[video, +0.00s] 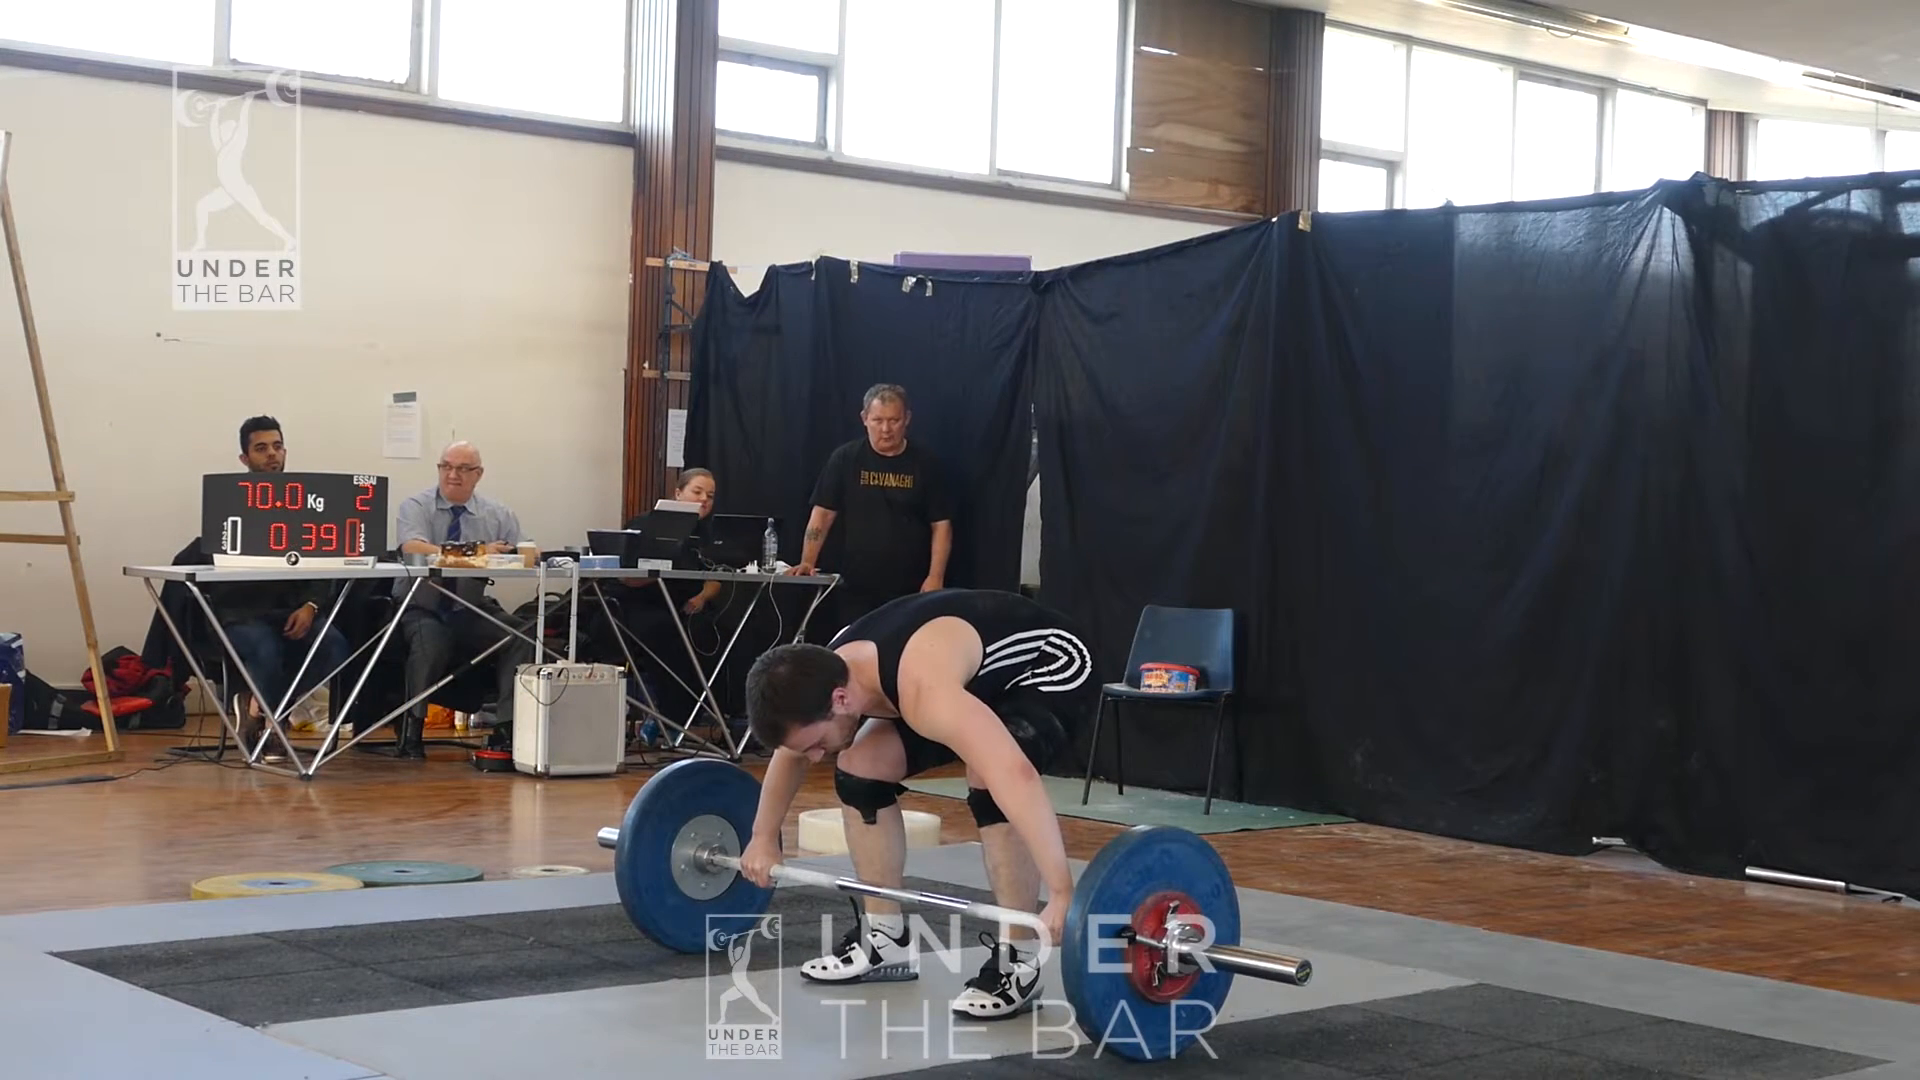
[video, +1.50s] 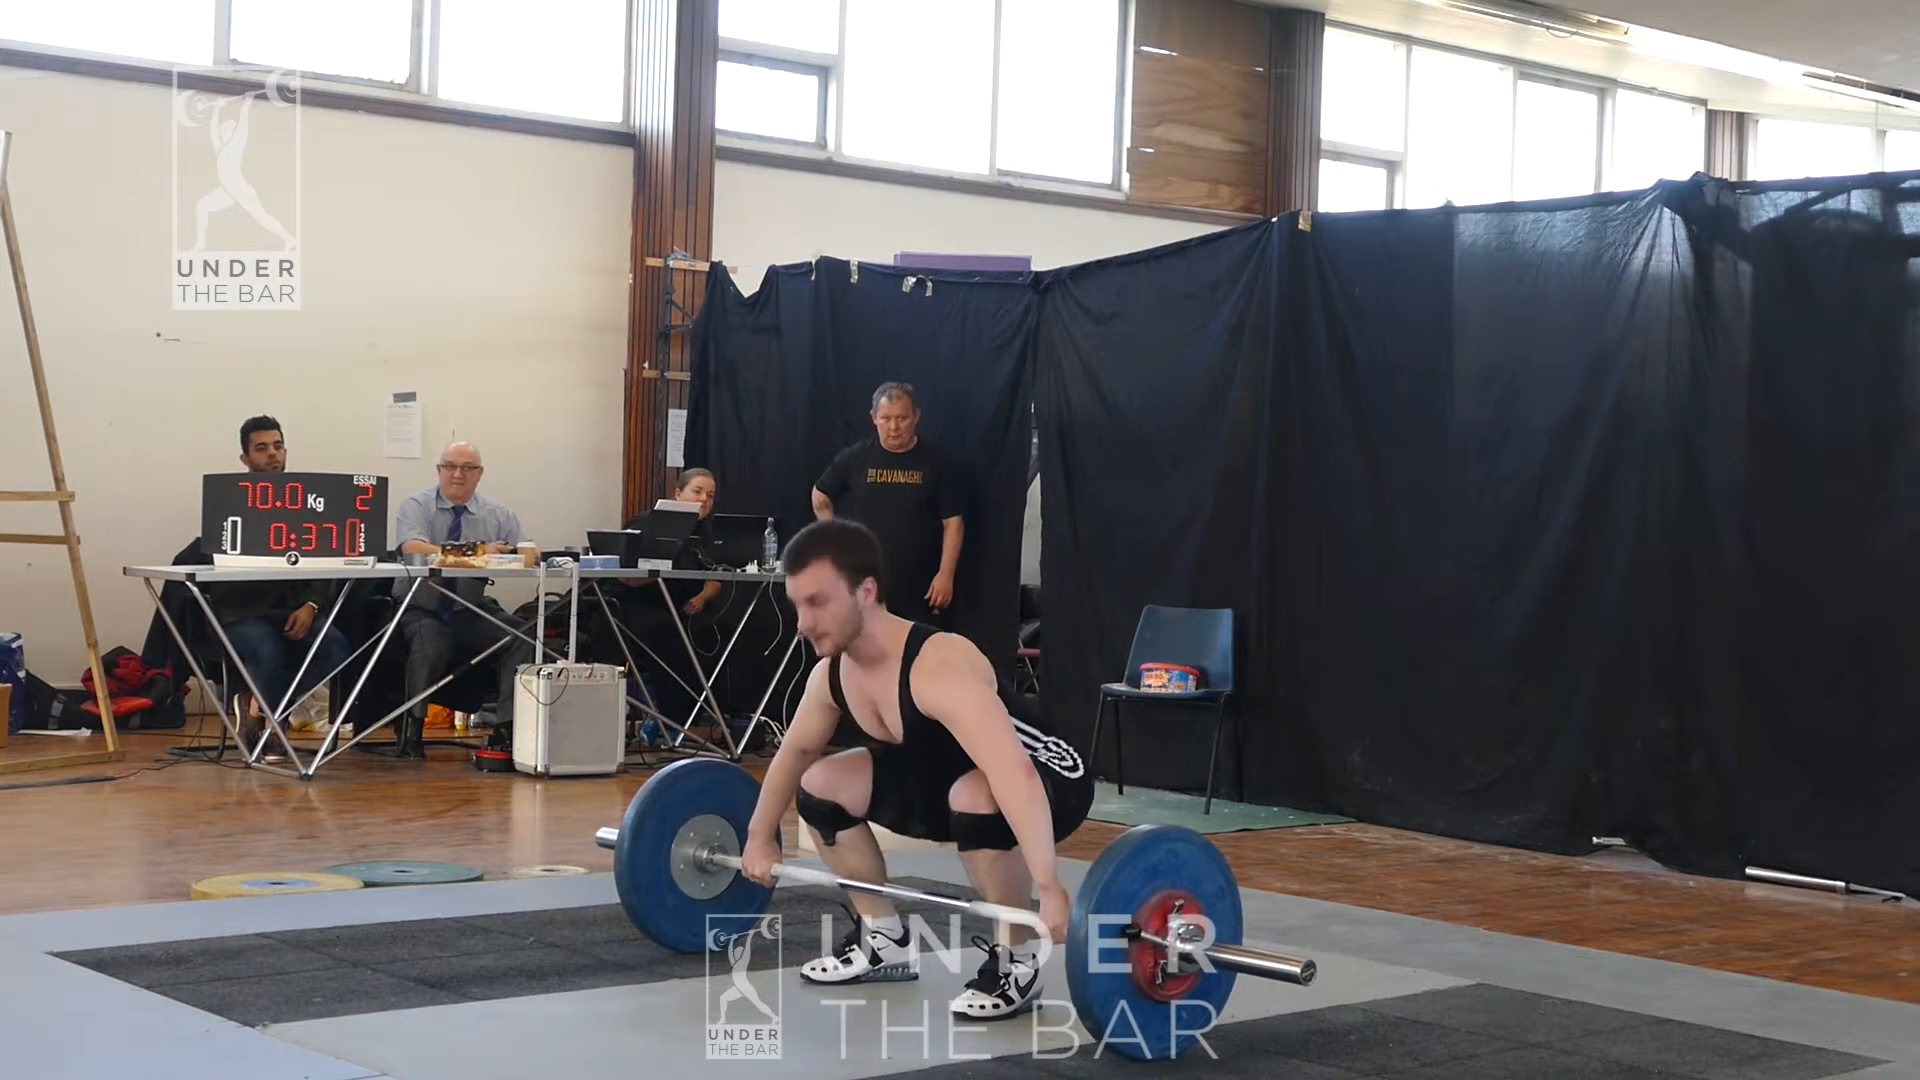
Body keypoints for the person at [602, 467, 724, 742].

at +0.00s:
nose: (704, 500)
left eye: (710, 496)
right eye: (697, 492)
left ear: (714, 501)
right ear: (679, 493)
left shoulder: (709, 532)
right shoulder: (648, 525)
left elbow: (717, 577)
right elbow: (629, 577)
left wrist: (703, 596)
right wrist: (658, 569)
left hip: (684, 607)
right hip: (643, 604)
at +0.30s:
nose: (704, 500)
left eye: (710, 496)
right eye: (697, 493)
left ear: (714, 501)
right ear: (679, 494)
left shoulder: (709, 532)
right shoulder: (646, 525)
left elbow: (717, 577)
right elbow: (628, 577)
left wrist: (703, 596)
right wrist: (655, 570)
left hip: (684, 606)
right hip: (643, 603)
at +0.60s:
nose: (704, 500)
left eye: (710, 496)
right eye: (697, 493)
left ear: (714, 502)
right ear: (679, 493)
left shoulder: (709, 532)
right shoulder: (646, 525)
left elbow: (717, 577)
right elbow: (628, 578)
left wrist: (703, 596)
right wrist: (658, 570)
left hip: (684, 607)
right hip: (643, 603)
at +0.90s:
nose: (704, 500)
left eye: (710, 496)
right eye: (698, 493)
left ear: (714, 502)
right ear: (679, 493)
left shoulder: (709, 532)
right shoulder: (647, 525)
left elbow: (717, 577)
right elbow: (629, 578)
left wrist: (703, 597)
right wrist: (660, 566)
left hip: (683, 607)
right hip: (641, 604)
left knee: (706, 633)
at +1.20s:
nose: (703, 500)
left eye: (710, 495)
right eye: (697, 492)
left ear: (713, 503)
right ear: (678, 494)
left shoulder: (705, 534)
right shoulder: (648, 525)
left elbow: (716, 579)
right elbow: (628, 577)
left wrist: (702, 597)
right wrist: (662, 568)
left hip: (682, 609)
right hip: (643, 607)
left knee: (708, 633)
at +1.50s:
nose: (704, 500)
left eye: (710, 495)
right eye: (697, 492)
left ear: (714, 502)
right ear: (678, 494)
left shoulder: (707, 534)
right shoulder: (648, 525)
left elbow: (717, 578)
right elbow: (626, 577)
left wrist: (702, 597)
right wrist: (661, 571)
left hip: (685, 612)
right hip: (645, 609)